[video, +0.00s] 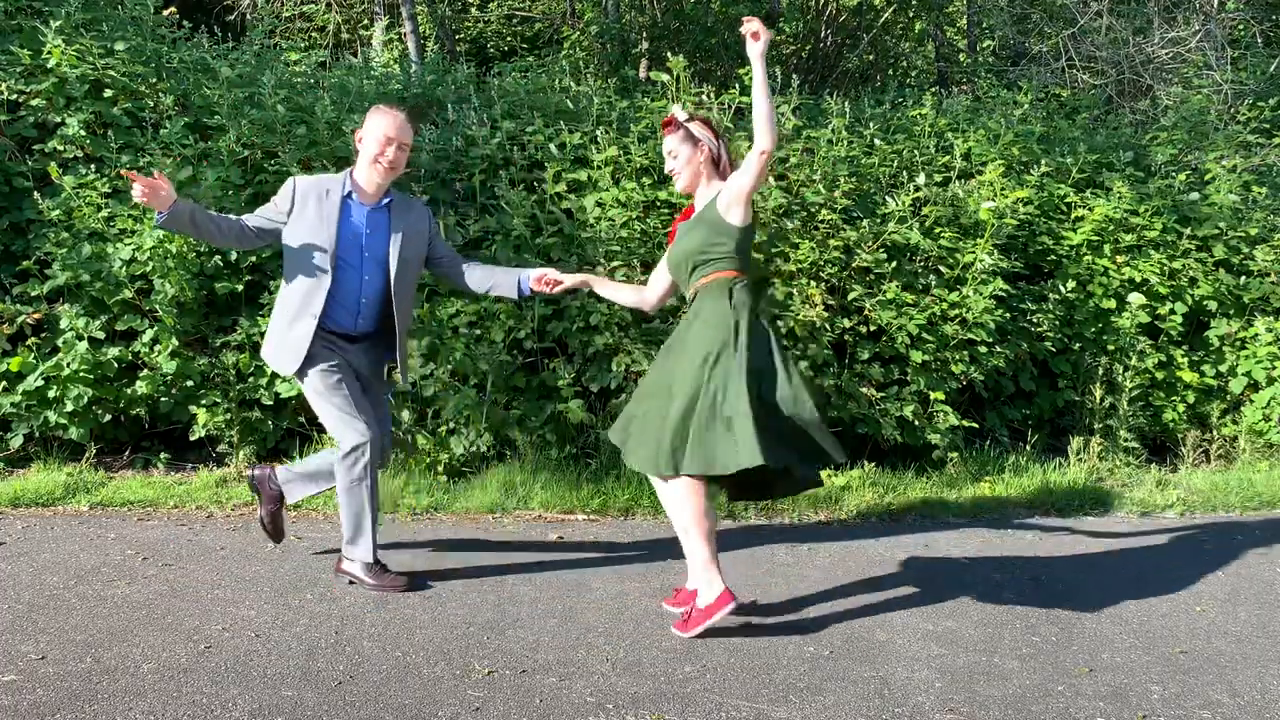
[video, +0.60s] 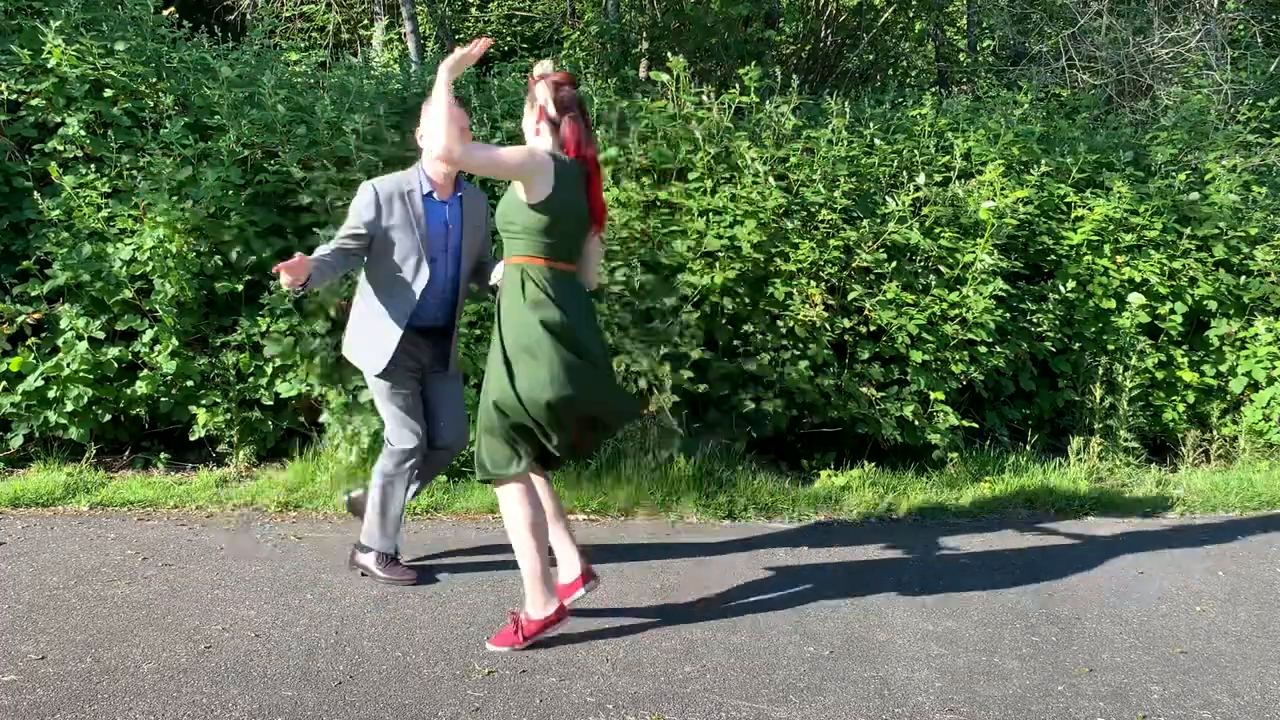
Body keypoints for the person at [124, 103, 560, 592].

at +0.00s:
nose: (394, 154)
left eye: (403, 147)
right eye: (386, 142)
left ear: (409, 155)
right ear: (359, 141)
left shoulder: (416, 217)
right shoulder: (305, 194)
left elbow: (460, 271)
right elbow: (242, 232)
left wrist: (526, 280)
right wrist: (174, 209)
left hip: (370, 350)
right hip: (312, 343)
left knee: (376, 451)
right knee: (360, 440)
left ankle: (277, 481)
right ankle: (360, 559)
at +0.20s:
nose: (389, 151)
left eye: (400, 143)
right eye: (381, 139)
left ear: (411, 152)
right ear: (360, 139)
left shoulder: (415, 211)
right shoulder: (312, 189)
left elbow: (448, 265)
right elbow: (249, 227)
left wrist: (502, 272)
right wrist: (185, 218)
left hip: (360, 342)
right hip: (312, 334)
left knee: (308, 440)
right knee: (366, 429)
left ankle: (229, 512)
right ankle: (357, 552)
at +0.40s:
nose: (409, 162)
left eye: (419, 154)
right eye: (400, 151)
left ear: (430, 162)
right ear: (381, 154)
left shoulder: (434, 221)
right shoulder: (337, 209)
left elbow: (441, 281)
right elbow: (283, 256)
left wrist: (476, 291)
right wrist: (225, 257)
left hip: (382, 356)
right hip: (340, 350)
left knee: (328, 444)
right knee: (398, 441)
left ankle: (232, 507)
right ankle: (374, 549)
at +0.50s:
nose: (429, 151)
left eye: (439, 143)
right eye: (419, 141)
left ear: (450, 150)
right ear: (400, 145)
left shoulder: (454, 213)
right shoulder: (359, 203)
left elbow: (458, 276)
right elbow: (315, 256)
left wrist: (484, 283)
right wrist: (263, 272)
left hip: (412, 349)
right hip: (364, 343)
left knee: (400, 454)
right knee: (402, 443)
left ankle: (296, 488)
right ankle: (375, 548)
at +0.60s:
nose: (456, 138)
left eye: (462, 129)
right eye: (446, 128)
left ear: (470, 139)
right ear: (422, 137)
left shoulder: (475, 202)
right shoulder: (382, 193)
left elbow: (479, 268)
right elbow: (347, 248)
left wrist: (515, 274)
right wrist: (311, 269)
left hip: (439, 343)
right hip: (386, 339)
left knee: (449, 439)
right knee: (407, 440)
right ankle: (375, 550)